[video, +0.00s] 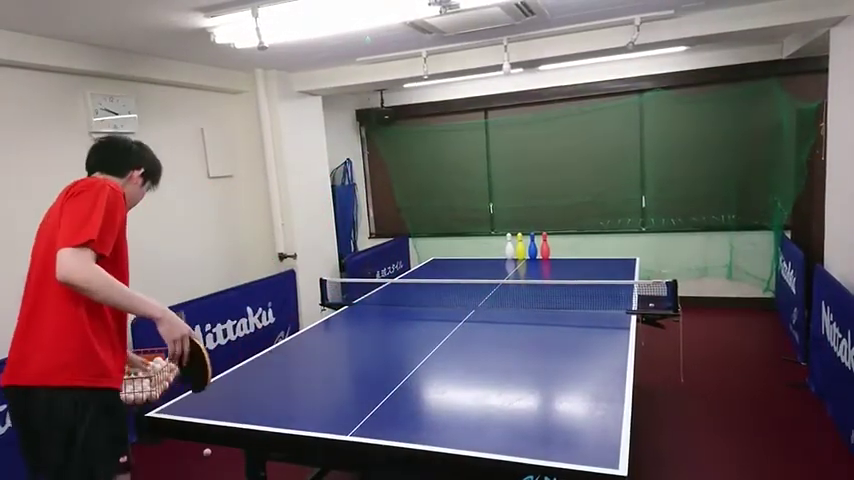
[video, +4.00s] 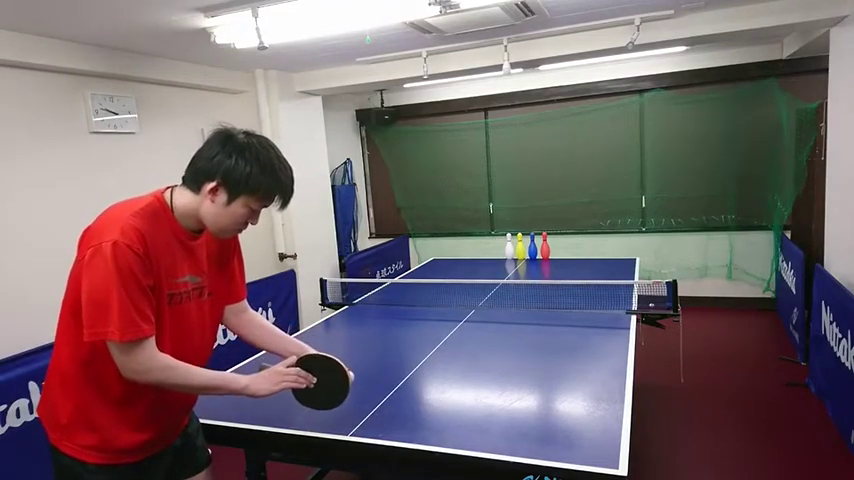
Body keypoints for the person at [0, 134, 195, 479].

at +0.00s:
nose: (138, 201)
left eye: (145, 193)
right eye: (144, 191)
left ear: (96, 167)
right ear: (135, 175)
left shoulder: (65, 202)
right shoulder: (101, 190)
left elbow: (64, 311)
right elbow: (74, 267)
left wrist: (123, 357)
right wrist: (161, 313)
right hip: (71, 384)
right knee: (97, 471)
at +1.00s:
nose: (153, 169)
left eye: (155, 157)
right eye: (150, 156)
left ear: (115, 156)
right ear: (115, 155)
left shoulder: (112, 206)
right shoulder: (30, 223)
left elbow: (126, 300)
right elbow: (32, 349)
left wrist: (207, 312)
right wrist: (164, 346)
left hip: (133, 432)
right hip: (62, 458)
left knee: (169, 473)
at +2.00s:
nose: (252, 207)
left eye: (257, 197)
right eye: (251, 194)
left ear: (215, 177)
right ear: (215, 175)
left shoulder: (211, 221)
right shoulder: (121, 225)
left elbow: (226, 305)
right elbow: (134, 349)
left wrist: (284, 340)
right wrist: (251, 354)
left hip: (173, 419)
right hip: (105, 438)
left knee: (201, 472)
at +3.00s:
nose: (258, 218)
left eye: (263, 208)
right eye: (256, 205)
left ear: (219, 188)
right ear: (219, 187)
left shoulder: (221, 228)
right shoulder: (125, 236)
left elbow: (235, 312)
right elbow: (135, 358)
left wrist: (298, 350)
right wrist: (248, 378)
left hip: (173, 421)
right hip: (104, 440)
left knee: (202, 472)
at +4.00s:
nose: (254, 222)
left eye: (259, 212)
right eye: (251, 209)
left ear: (214, 192)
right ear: (214, 191)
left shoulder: (217, 231)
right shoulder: (120, 241)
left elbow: (237, 313)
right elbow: (137, 362)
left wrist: (306, 354)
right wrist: (245, 383)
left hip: (169, 422)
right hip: (99, 444)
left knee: (197, 471)